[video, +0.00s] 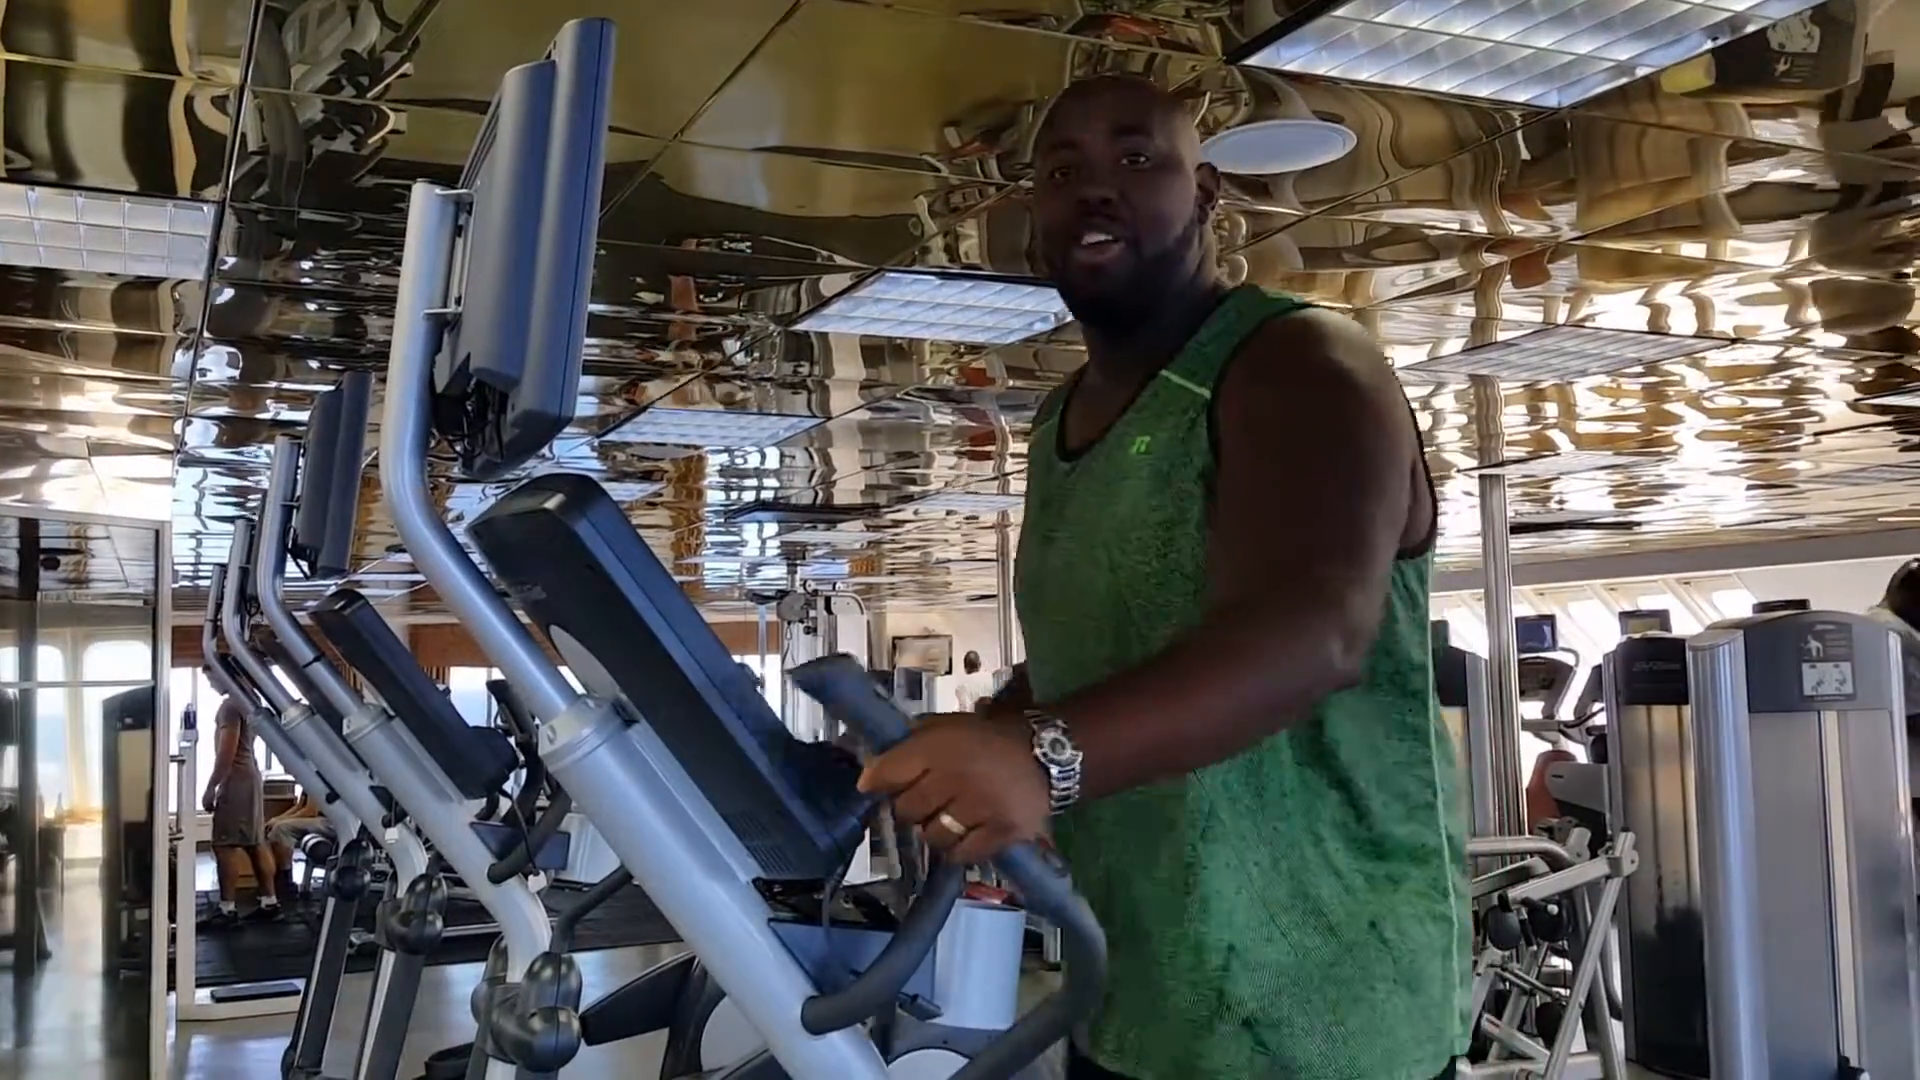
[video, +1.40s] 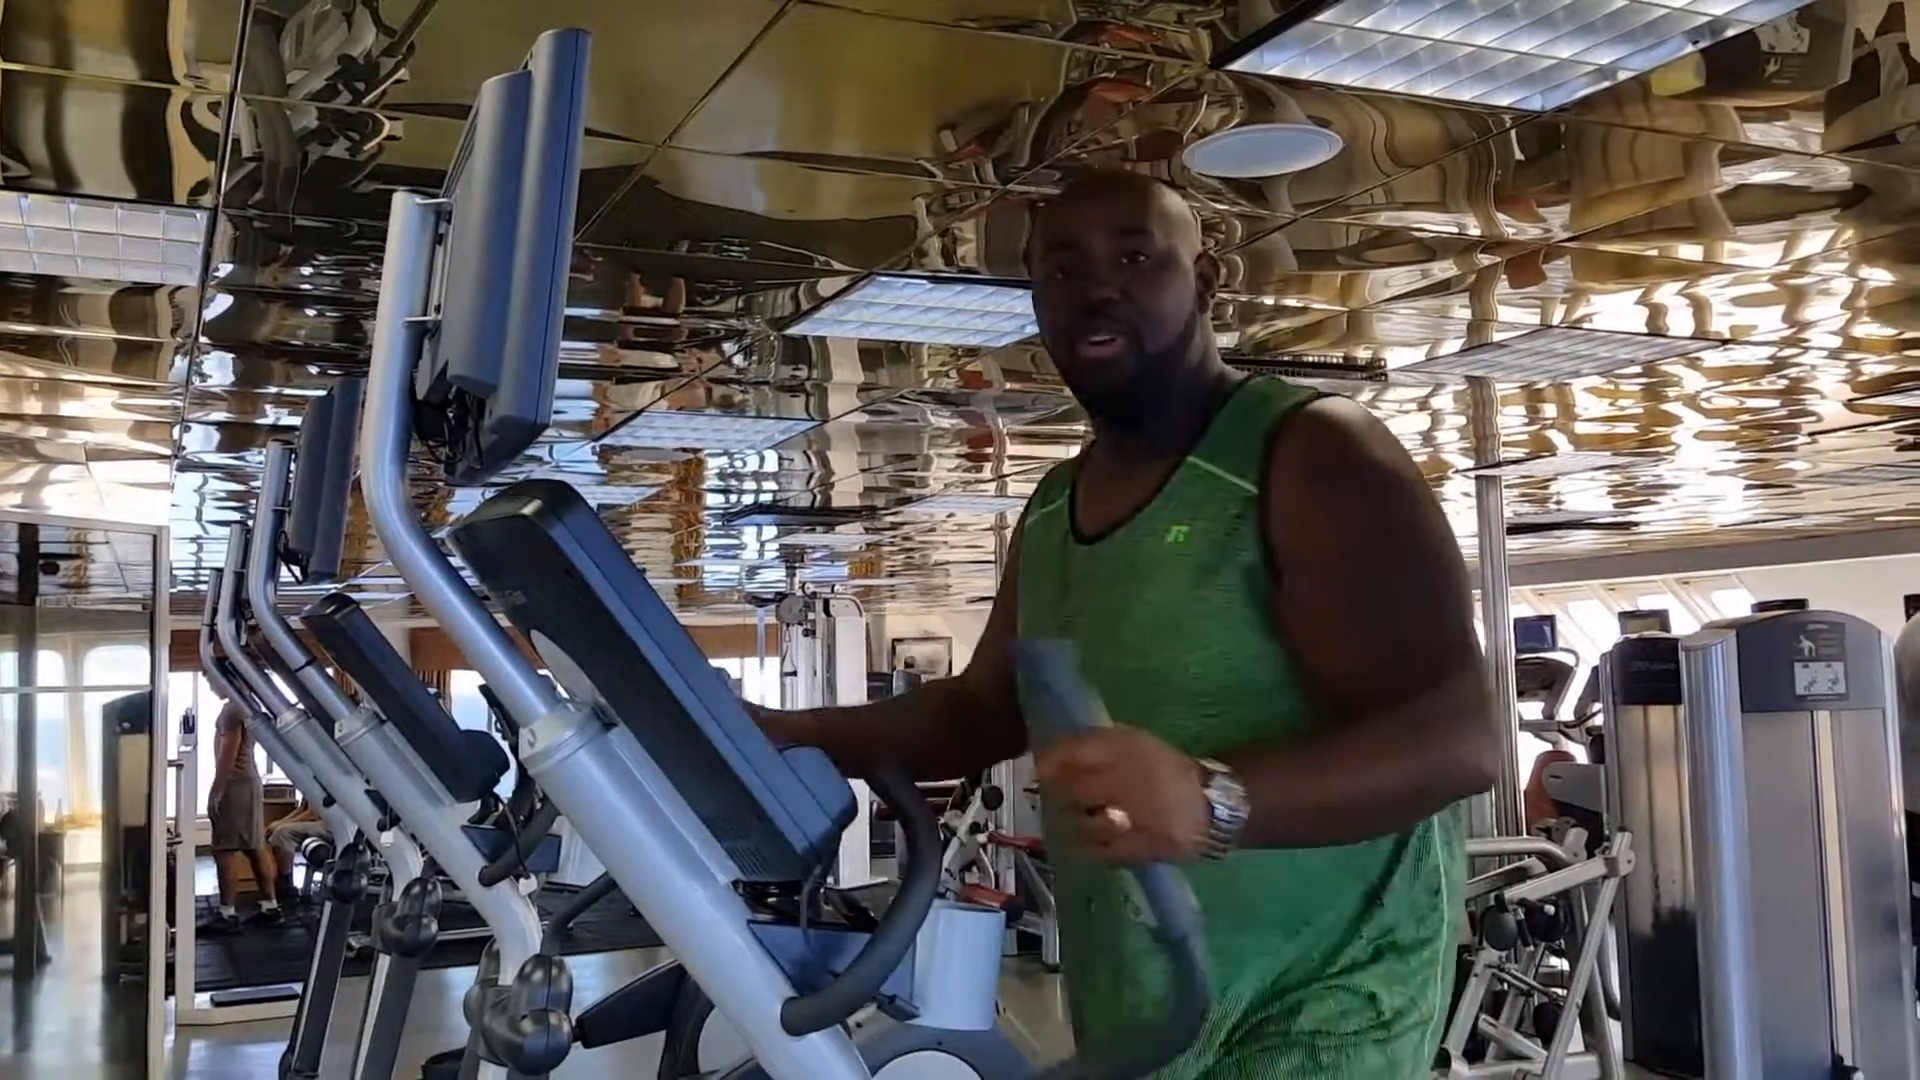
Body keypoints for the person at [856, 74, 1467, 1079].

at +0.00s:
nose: (1091, 186)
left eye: (1134, 158)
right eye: (1062, 166)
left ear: (1205, 196)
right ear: (1034, 213)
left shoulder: (1310, 367)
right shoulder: (1066, 421)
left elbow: (1314, 625)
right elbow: (1083, 656)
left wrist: (1052, 758)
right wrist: (978, 754)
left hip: (1321, 994)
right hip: (1135, 983)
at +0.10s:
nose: (1093, 229)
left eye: (1135, 202)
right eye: (1063, 205)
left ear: (1200, 244)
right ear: (1027, 248)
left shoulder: (1302, 410)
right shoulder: (1054, 466)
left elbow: (1379, 682)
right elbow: (1047, 673)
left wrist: (1125, 761)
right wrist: (893, 750)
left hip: (1313, 1009)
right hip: (1117, 1005)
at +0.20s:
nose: (1093, 278)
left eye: (1135, 245)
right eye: (1062, 251)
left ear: (1202, 278)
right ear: (1032, 288)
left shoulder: (1311, 446)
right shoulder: (1050, 502)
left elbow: (1468, 716)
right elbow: (1002, 707)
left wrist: (1231, 792)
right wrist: (802, 742)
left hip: (1311, 1022)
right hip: (1111, 1021)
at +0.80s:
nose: (1125, 281)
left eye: (1170, 250)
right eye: (1097, 255)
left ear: (1244, 285)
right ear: (1065, 287)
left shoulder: (1349, 460)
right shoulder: (1114, 496)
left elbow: (1448, 756)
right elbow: (1104, 697)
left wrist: (1134, 775)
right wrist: (886, 754)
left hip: (1371, 1046)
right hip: (1145, 1041)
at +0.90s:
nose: (1116, 277)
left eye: (1162, 241)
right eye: (1090, 249)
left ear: (1239, 273)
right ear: (1062, 281)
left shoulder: (1342, 439)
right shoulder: (1121, 474)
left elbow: (1347, 730)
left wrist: (1053, 771)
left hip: (1347, 1027)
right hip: (1150, 1016)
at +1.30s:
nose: (1093, 251)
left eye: (1136, 223)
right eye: (1064, 222)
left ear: (1202, 257)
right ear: (1030, 260)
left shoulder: (1307, 424)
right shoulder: (1064, 474)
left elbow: (1365, 705)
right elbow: (1058, 666)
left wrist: (1107, 767)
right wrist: (888, 744)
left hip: (1319, 1010)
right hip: (1132, 1007)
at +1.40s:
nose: (1096, 290)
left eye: (1136, 258)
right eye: (1065, 267)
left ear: (1205, 284)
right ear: (1035, 301)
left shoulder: (1323, 458)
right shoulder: (1056, 508)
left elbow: (1462, 734)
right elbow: (984, 713)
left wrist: (1219, 799)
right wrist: (787, 736)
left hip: (1322, 1012)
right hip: (1129, 1013)